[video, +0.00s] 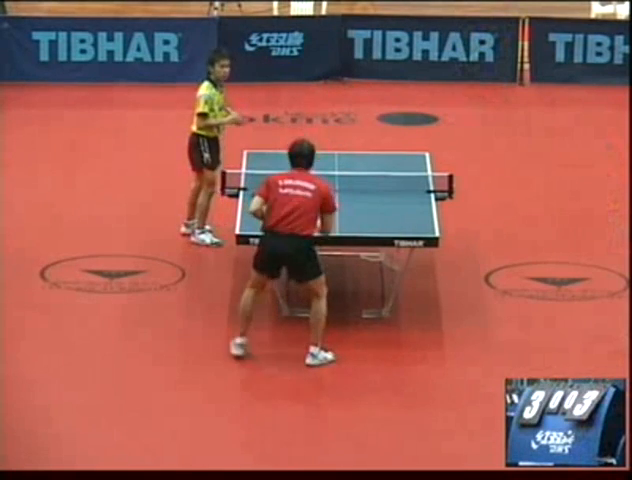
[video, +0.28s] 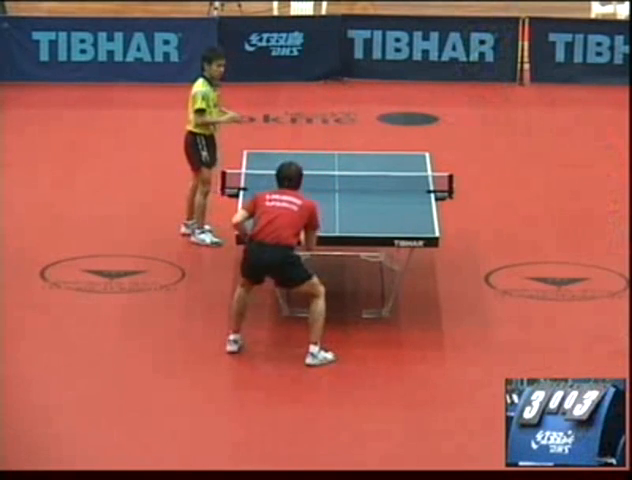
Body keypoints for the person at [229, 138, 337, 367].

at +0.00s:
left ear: (290, 159)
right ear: (312, 161)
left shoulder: (273, 181)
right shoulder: (321, 187)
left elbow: (255, 208)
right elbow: (327, 227)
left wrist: (271, 218)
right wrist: (307, 224)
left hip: (271, 240)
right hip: (301, 244)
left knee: (254, 286)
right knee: (318, 294)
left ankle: (240, 339)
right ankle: (315, 349)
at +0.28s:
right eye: (299, 179)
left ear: (277, 181)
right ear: (300, 182)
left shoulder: (262, 198)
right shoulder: (308, 206)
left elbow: (236, 221)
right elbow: (310, 246)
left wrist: (244, 235)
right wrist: (297, 232)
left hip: (255, 250)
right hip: (283, 254)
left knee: (244, 287)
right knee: (318, 292)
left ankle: (234, 337)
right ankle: (315, 349)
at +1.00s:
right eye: (294, 189)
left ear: (275, 190)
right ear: (297, 192)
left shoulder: (260, 205)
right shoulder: (307, 211)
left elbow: (239, 224)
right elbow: (305, 250)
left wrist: (244, 244)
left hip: (256, 250)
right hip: (285, 253)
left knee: (241, 287)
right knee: (314, 294)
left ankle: (228, 336)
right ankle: (315, 349)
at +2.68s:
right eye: (295, 167)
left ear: (275, 169)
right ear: (298, 170)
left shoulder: (260, 191)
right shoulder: (307, 194)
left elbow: (239, 219)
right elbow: (316, 233)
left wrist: (256, 228)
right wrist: (296, 232)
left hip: (261, 246)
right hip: (291, 249)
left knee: (242, 286)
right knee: (325, 293)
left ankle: (228, 336)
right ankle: (348, 344)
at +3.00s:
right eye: (312, 167)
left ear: (293, 169)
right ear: (316, 171)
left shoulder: (278, 192)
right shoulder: (327, 196)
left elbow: (256, 220)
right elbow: (346, 230)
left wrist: (268, 229)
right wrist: (328, 225)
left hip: (282, 251)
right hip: (312, 251)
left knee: (248, 295)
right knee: (345, 287)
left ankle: (237, 345)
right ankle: (353, 340)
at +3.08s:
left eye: (309, 168)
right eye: (317, 169)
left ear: (301, 172)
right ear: (322, 174)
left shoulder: (285, 194)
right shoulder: (333, 198)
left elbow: (255, 213)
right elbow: (356, 228)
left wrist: (250, 214)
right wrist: (338, 220)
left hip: (288, 254)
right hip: (319, 256)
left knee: (249, 294)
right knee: (353, 282)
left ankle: (237, 345)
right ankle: (369, 331)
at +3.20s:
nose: (332, 176)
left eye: (328, 172)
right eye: (341, 173)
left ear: (323, 174)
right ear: (345, 176)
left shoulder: (310, 193)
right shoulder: (354, 201)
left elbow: (279, 201)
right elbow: (377, 225)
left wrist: (248, 203)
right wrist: (357, 214)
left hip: (304, 255)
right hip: (334, 257)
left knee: (262, 294)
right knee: (367, 285)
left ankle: (238, 345)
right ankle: (398, 324)